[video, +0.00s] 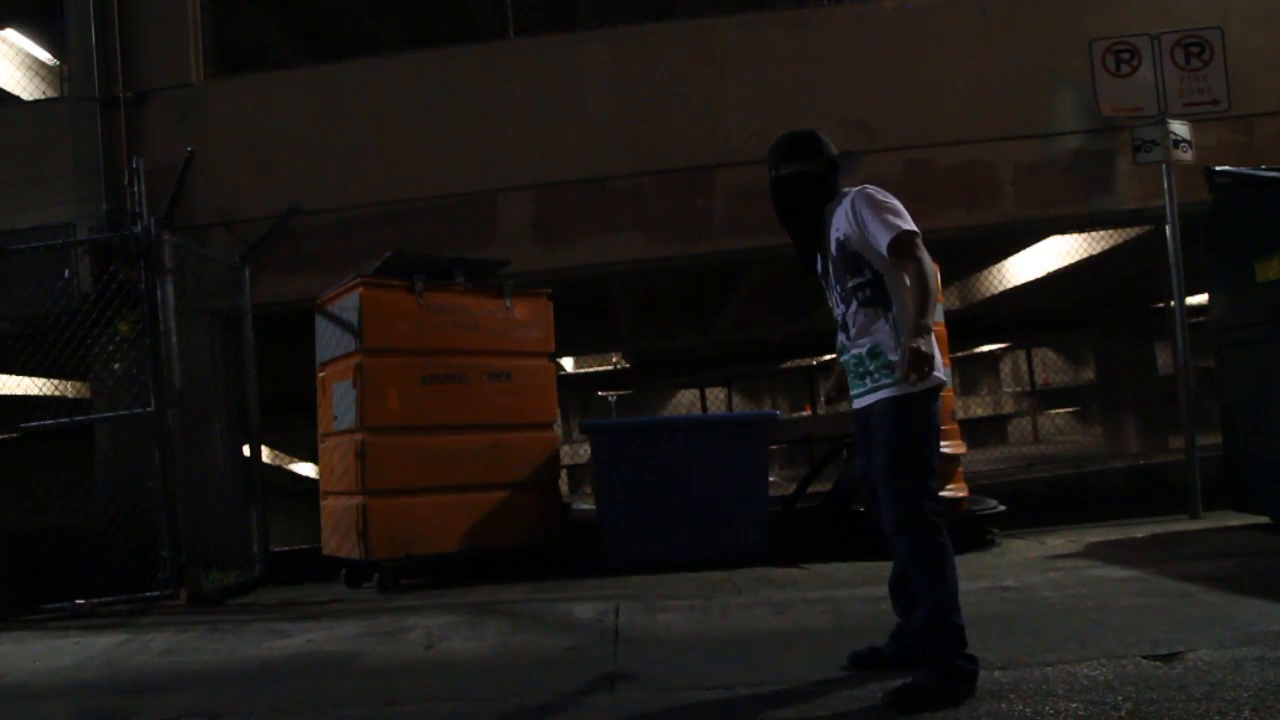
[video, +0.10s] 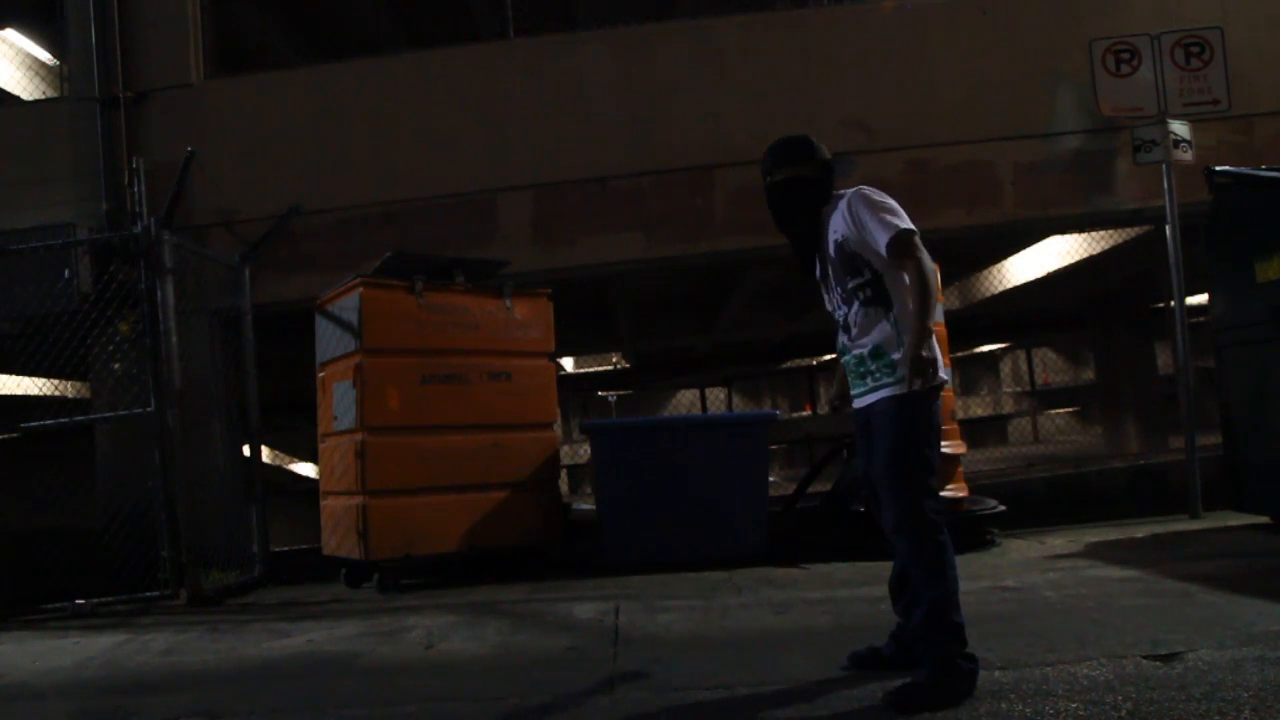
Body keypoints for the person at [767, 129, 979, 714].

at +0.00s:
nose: (782, 193)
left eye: (790, 178)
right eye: (778, 182)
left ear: (817, 171)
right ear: (790, 182)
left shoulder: (861, 203)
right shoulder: (828, 233)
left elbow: (918, 267)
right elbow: (865, 310)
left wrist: (916, 336)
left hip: (904, 392)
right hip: (875, 398)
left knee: (916, 522)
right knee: (897, 522)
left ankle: (948, 661)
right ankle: (914, 638)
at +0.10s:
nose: (777, 203)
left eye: (784, 188)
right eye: (772, 191)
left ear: (813, 178)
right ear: (787, 189)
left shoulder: (857, 204)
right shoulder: (827, 240)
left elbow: (918, 268)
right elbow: (864, 316)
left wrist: (917, 352)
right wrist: (859, 382)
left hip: (905, 393)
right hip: (875, 400)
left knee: (917, 523)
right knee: (898, 523)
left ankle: (948, 661)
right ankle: (914, 638)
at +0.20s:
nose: (774, 201)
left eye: (780, 186)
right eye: (769, 190)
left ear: (809, 177)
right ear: (784, 189)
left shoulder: (855, 205)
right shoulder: (825, 243)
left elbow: (919, 267)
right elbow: (861, 320)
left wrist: (920, 352)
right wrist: (860, 387)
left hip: (905, 392)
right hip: (875, 401)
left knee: (916, 519)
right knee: (897, 520)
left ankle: (947, 660)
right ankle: (914, 638)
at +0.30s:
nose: (772, 205)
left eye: (778, 190)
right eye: (767, 194)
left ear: (807, 180)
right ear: (782, 193)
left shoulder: (853, 206)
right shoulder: (823, 244)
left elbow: (916, 265)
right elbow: (861, 317)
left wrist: (920, 347)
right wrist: (860, 385)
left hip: (904, 391)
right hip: (875, 399)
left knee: (915, 518)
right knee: (897, 519)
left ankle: (947, 660)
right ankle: (913, 639)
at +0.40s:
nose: (772, 208)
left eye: (777, 194)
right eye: (767, 198)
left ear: (805, 182)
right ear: (784, 195)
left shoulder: (852, 206)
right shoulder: (823, 245)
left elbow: (915, 266)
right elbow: (860, 325)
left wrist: (915, 353)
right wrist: (858, 396)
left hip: (904, 393)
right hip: (876, 402)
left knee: (915, 519)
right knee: (897, 520)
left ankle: (947, 661)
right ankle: (913, 639)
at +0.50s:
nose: (773, 207)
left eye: (778, 193)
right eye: (768, 197)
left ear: (806, 182)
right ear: (784, 194)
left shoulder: (852, 206)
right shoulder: (823, 244)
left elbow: (912, 264)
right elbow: (861, 321)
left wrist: (912, 353)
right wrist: (860, 392)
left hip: (904, 393)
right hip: (876, 402)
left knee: (915, 520)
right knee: (897, 520)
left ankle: (947, 660)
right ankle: (914, 638)